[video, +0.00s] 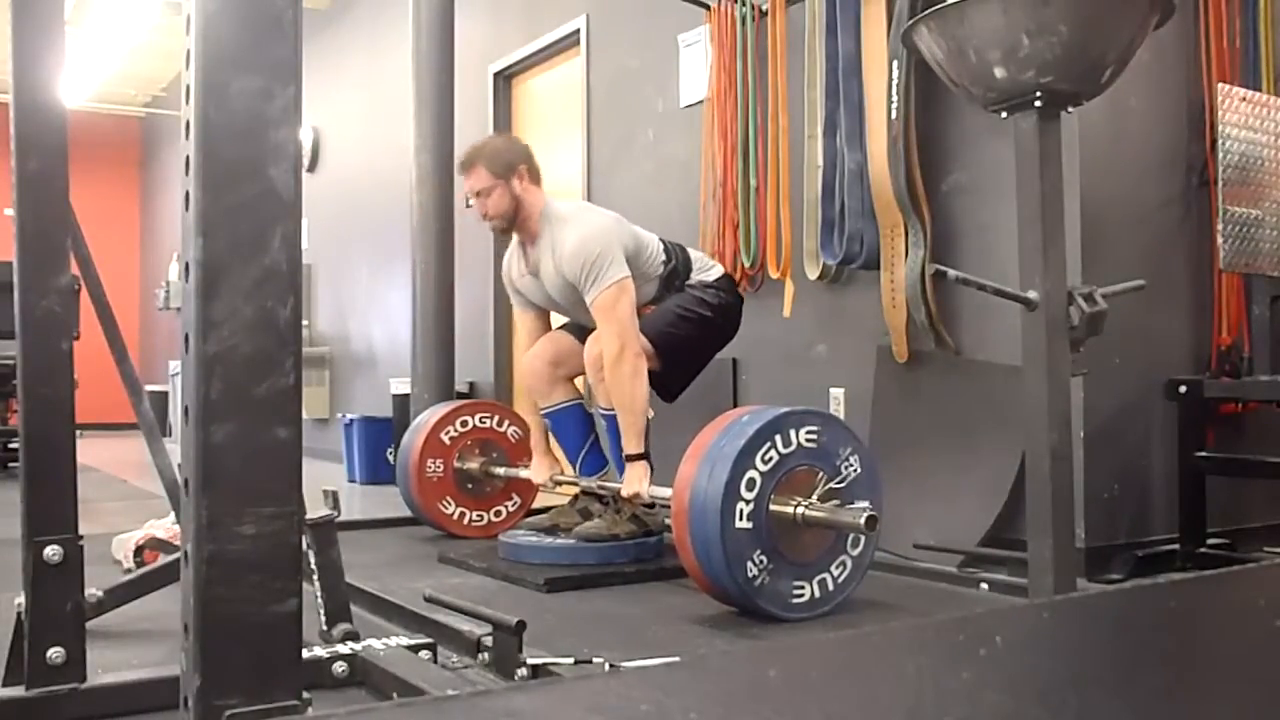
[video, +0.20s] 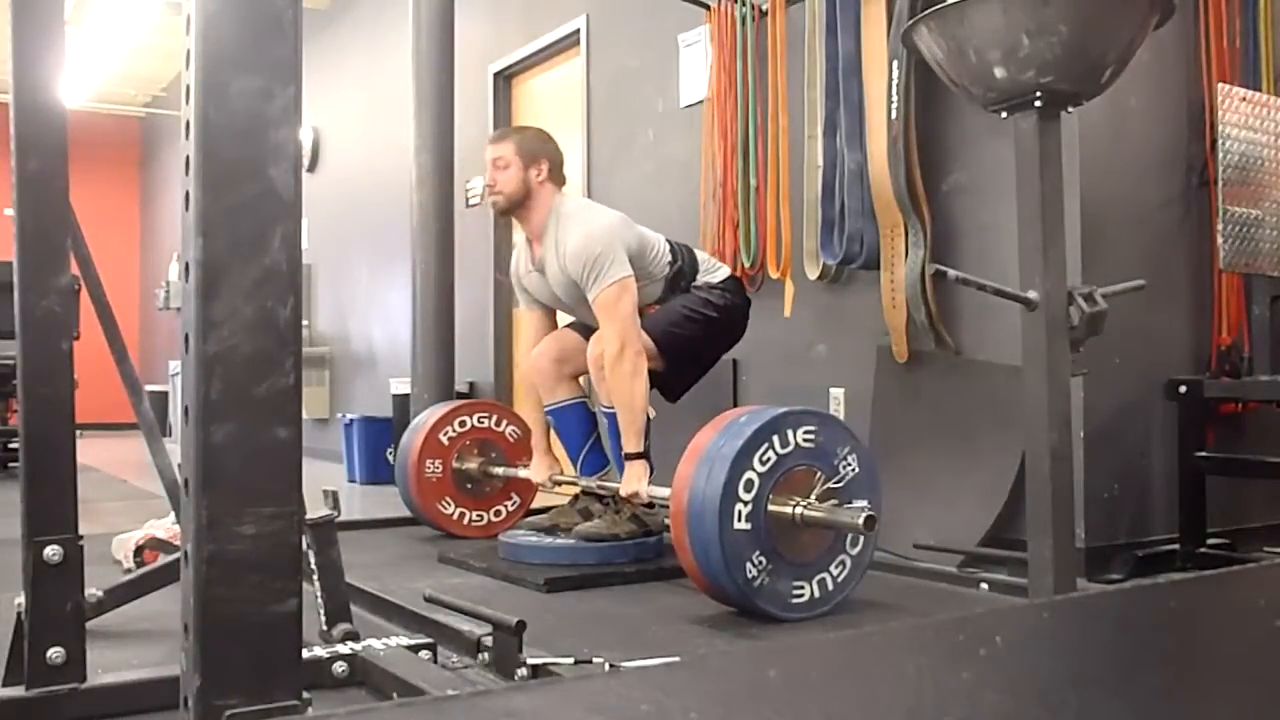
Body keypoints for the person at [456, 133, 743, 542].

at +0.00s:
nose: (477, 210)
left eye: (483, 195)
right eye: (472, 199)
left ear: (521, 179)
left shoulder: (585, 237)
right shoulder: (517, 264)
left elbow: (622, 350)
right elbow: (530, 358)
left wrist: (636, 461)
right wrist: (538, 452)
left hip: (702, 292)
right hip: (636, 306)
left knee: (605, 357)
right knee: (541, 364)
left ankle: (630, 500)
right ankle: (597, 492)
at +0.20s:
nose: (488, 180)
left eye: (501, 166)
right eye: (488, 169)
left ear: (539, 172)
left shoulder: (589, 233)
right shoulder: (525, 258)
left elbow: (625, 351)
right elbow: (536, 360)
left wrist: (635, 461)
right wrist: (540, 451)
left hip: (708, 293)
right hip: (642, 304)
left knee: (607, 354)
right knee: (545, 364)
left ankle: (633, 503)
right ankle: (599, 494)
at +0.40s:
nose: (495, 174)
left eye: (508, 161)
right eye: (495, 163)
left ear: (547, 170)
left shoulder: (594, 233)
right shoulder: (528, 247)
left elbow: (627, 352)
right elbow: (537, 356)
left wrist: (635, 460)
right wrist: (540, 450)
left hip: (711, 302)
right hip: (644, 311)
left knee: (608, 354)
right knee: (545, 364)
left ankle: (633, 503)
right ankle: (600, 493)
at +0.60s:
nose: (506, 165)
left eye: (520, 155)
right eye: (507, 156)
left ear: (559, 166)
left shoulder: (599, 231)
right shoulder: (531, 252)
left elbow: (630, 351)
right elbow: (538, 359)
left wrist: (636, 459)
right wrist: (541, 448)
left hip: (711, 309)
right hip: (645, 318)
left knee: (608, 357)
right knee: (545, 363)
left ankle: (632, 502)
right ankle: (598, 493)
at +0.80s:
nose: (504, 169)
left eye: (518, 158)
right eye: (504, 160)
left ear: (557, 168)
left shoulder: (599, 232)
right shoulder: (531, 251)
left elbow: (632, 352)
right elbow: (538, 360)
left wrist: (637, 460)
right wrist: (542, 449)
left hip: (711, 305)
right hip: (643, 313)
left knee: (609, 354)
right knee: (546, 364)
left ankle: (633, 501)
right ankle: (598, 492)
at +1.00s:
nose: (499, 181)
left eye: (511, 168)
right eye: (497, 170)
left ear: (549, 172)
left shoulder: (598, 233)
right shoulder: (531, 256)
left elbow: (630, 351)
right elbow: (539, 358)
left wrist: (637, 460)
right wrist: (542, 450)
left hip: (714, 301)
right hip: (646, 311)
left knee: (612, 353)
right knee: (548, 362)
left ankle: (634, 502)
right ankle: (600, 492)